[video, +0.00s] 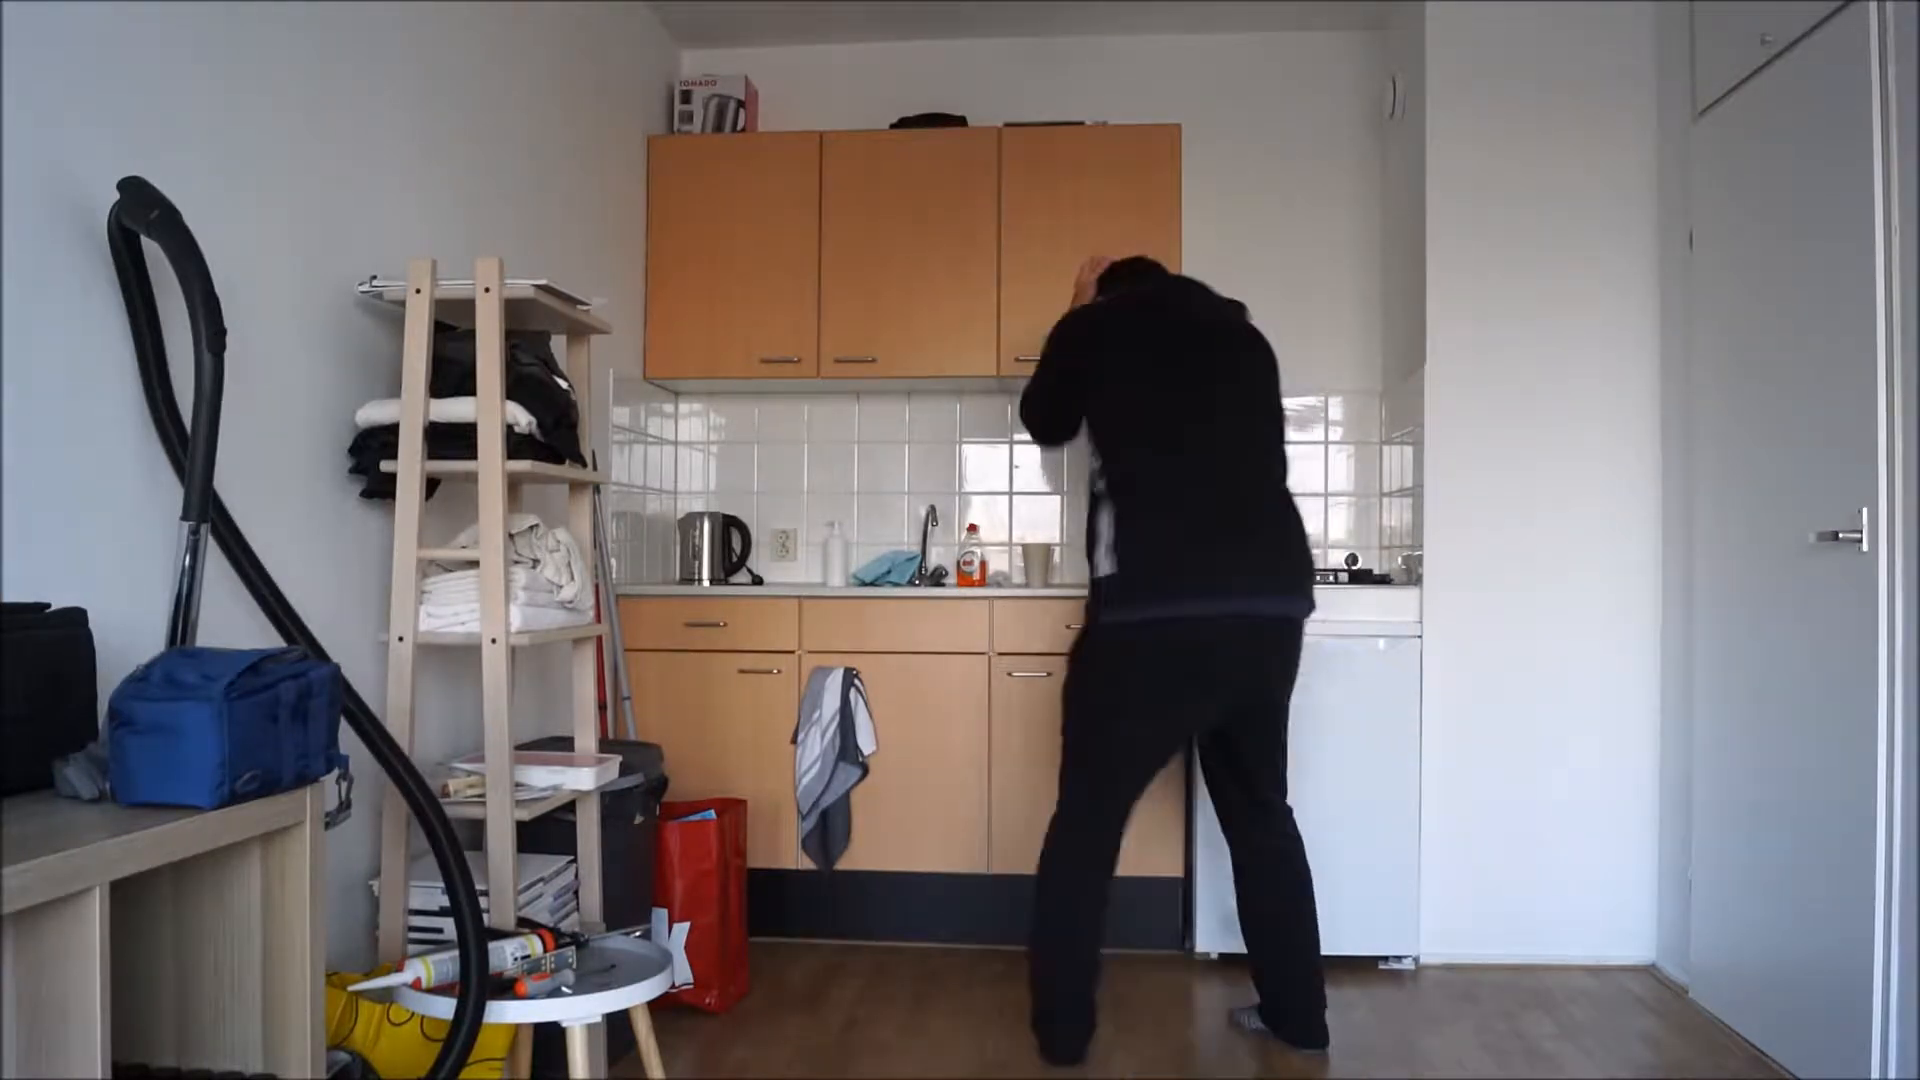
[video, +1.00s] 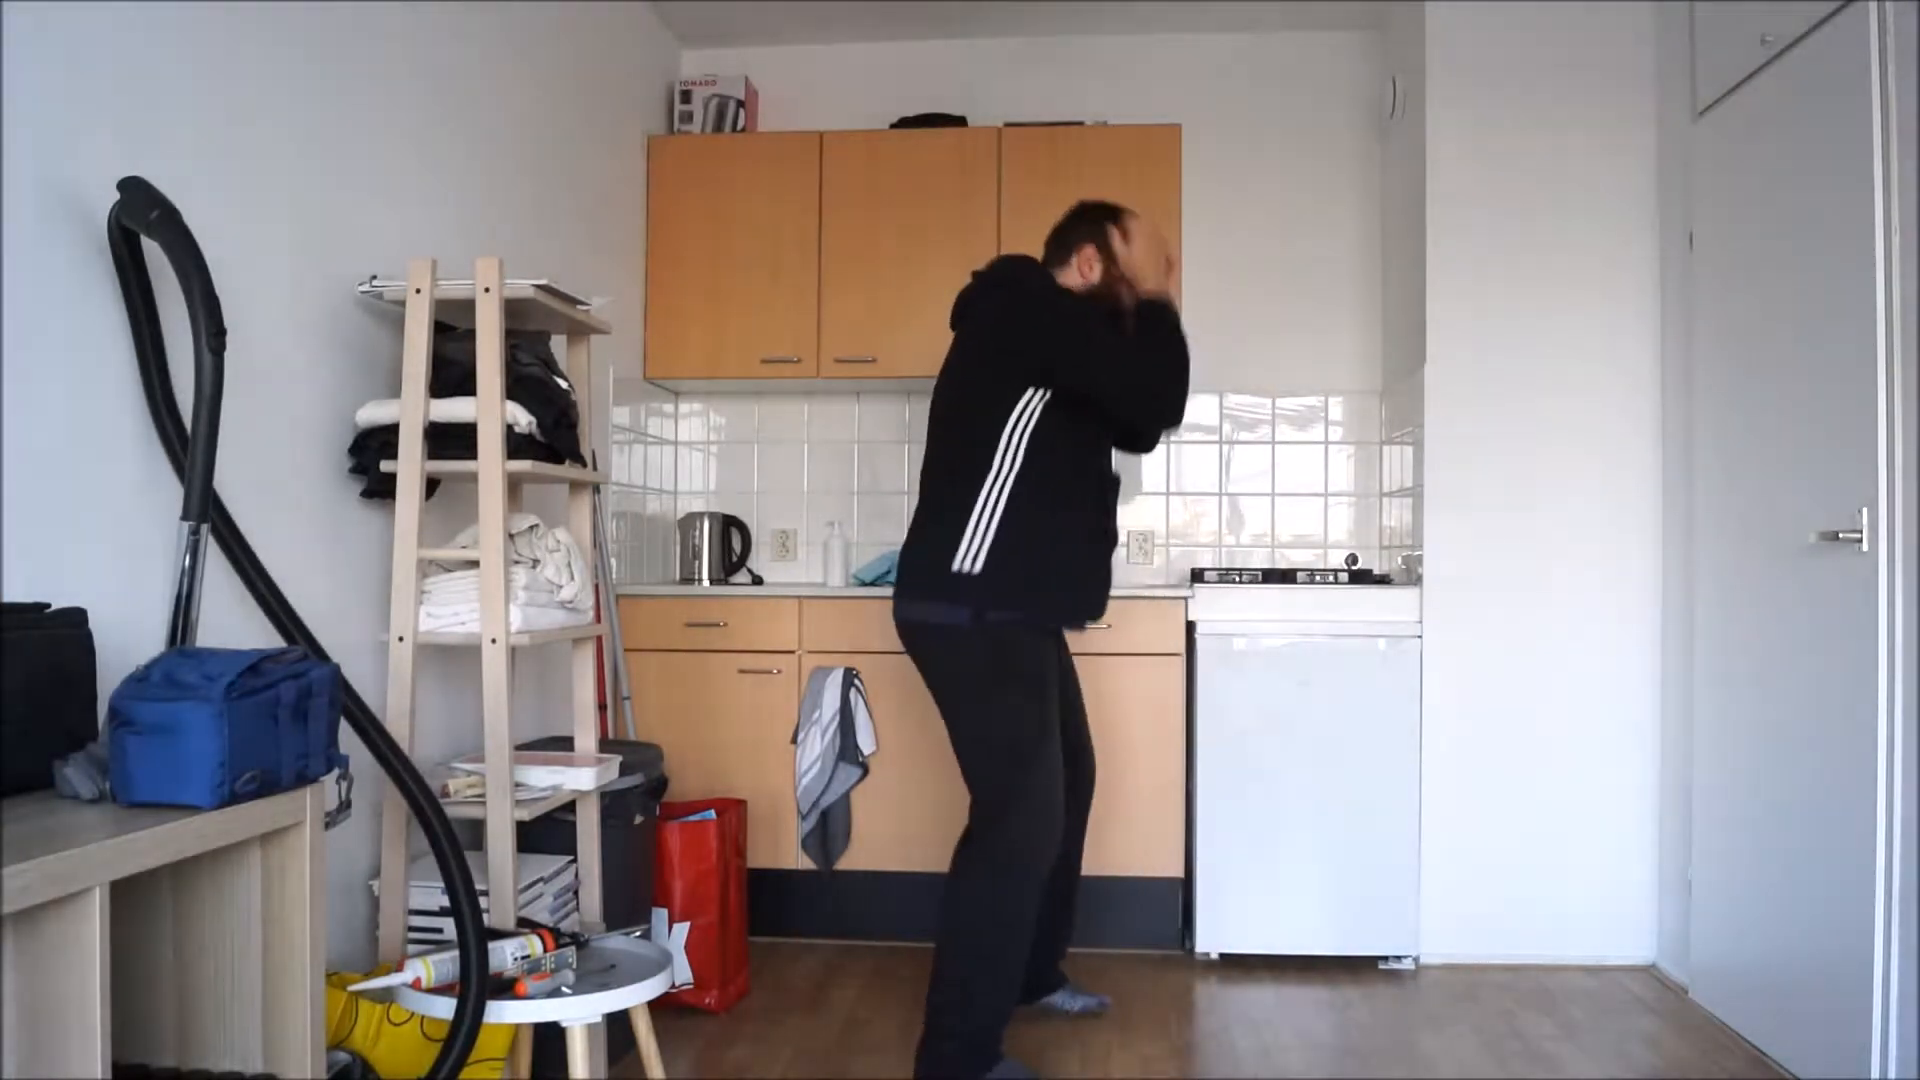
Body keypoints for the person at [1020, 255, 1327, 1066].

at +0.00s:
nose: (1090, 293)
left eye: (1093, 288)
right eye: (1098, 287)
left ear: (1107, 292)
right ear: (1174, 285)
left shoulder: (1092, 332)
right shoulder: (1246, 337)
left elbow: (1046, 422)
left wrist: (1077, 318)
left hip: (1151, 613)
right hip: (1267, 610)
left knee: (1087, 817)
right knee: (1259, 807)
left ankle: (1063, 1028)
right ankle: (1300, 1015)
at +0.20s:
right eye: (1135, 272)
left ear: (1061, 284)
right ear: (1140, 278)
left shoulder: (1013, 352)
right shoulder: (1191, 325)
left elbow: (1034, 465)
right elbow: (1220, 435)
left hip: (1071, 631)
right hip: (1192, 626)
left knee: (1062, 836)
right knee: (1239, 824)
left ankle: (1065, 1032)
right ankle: (1252, 1029)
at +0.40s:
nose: (1138, 277)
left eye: (1130, 267)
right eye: (1135, 266)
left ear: (1047, 263)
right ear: (1119, 263)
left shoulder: (985, 337)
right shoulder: (1141, 319)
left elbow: (1007, 452)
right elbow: (1211, 411)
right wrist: (1163, 313)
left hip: (1016, 616)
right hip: (1114, 615)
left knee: (1059, 811)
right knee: (1156, 803)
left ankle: (1062, 1024)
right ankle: (1015, 1014)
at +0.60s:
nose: (1155, 309)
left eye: (1158, 295)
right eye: (1152, 296)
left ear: (1075, 273)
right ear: (1113, 282)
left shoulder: (992, 332)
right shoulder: (1099, 337)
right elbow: (1184, 445)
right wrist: (1169, 338)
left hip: (967, 623)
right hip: (1033, 630)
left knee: (1066, 816)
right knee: (1069, 829)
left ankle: (1054, 1013)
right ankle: (960, 1058)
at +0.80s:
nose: (1132, 292)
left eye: (1136, 279)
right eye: (1131, 275)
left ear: (1082, 264)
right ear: (1093, 263)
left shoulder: (1062, 330)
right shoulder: (1029, 296)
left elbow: (1139, 426)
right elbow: (1178, 371)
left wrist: (1152, 300)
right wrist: (1157, 276)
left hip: (1023, 605)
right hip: (980, 606)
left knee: (1070, 798)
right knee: (1027, 816)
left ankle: (1037, 995)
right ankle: (958, 1058)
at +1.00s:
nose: (1138, 286)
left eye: (1139, 270)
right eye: (1131, 269)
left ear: (1077, 262)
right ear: (1085, 262)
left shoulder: (1057, 324)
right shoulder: (1025, 307)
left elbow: (1138, 424)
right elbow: (1151, 403)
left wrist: (1148, 309)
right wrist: (1153, 298)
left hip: (1018, 610)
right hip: (969, 612)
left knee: (1067, 782)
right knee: (1020, 807)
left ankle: (1030, 976)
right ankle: (956, 1053)